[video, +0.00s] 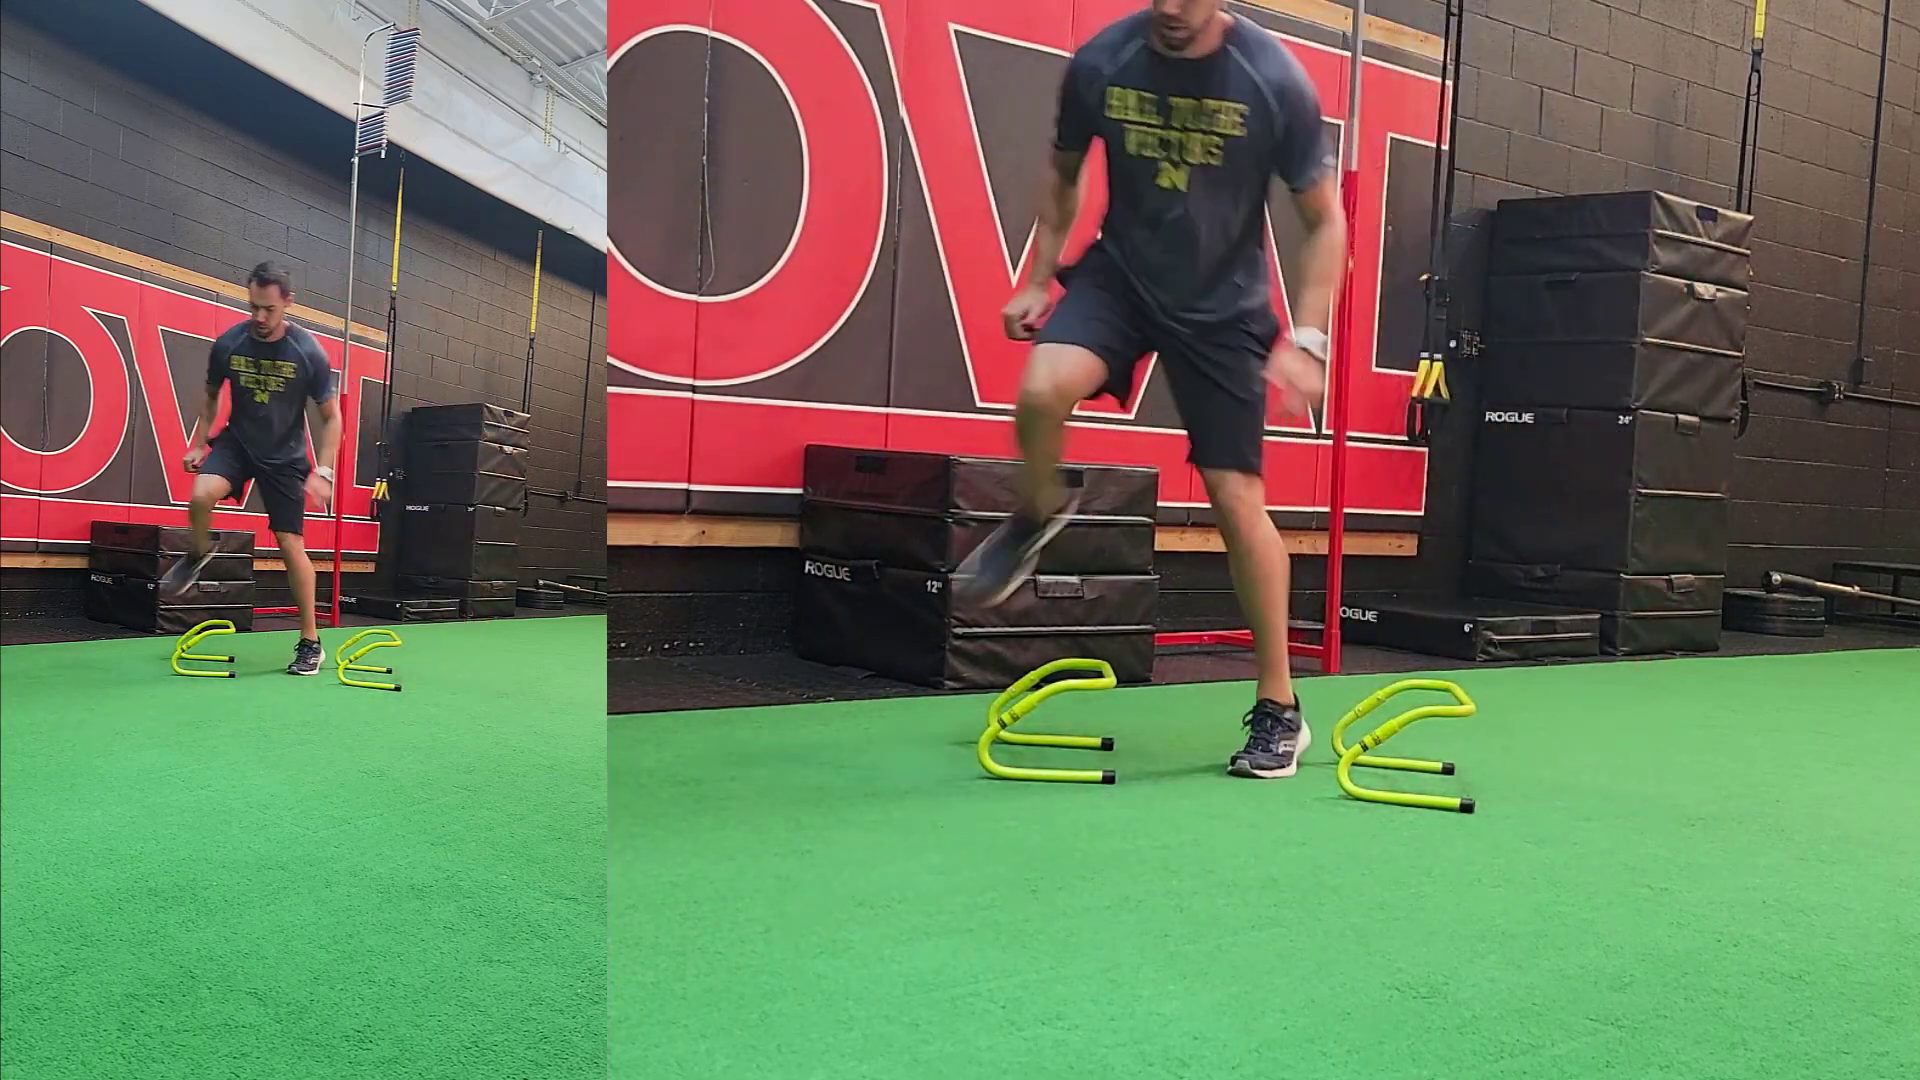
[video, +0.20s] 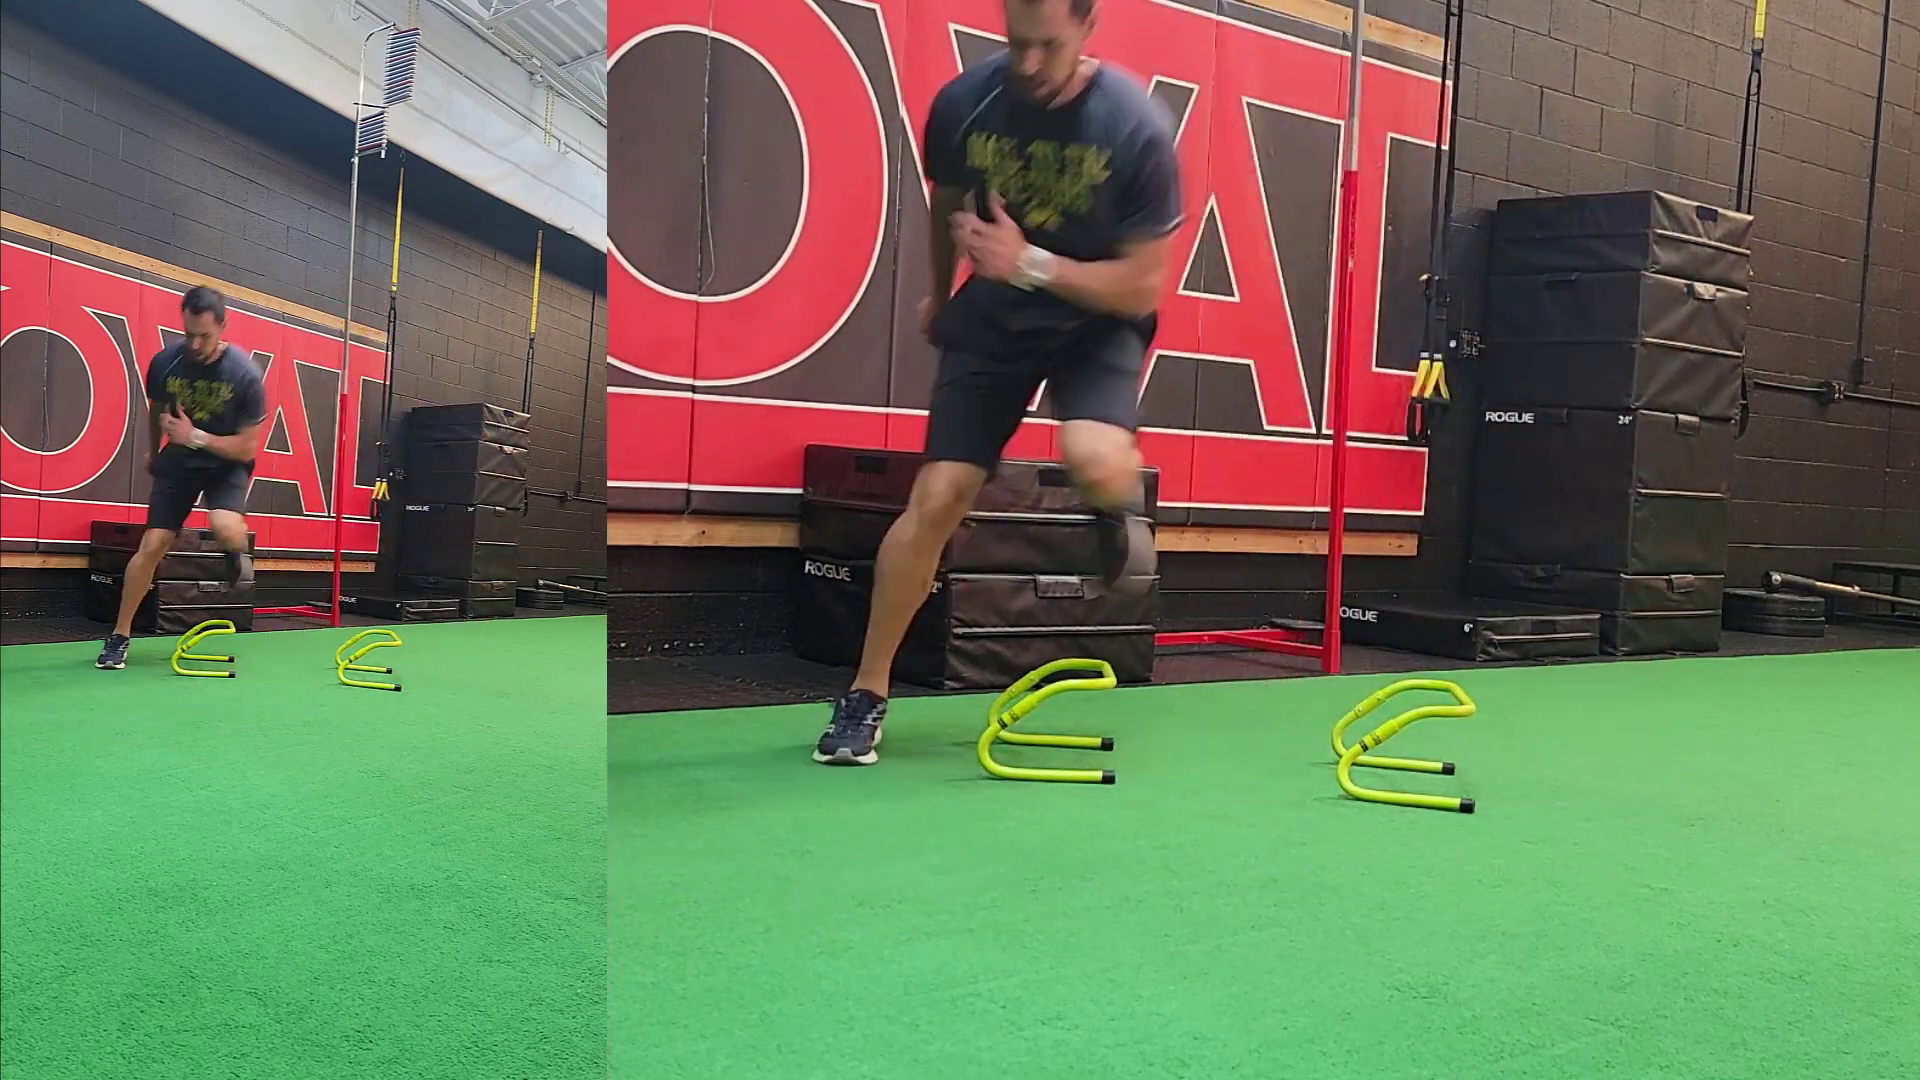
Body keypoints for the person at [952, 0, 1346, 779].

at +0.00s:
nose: (1172, 10)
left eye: (1191, 0)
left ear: (1227, 2)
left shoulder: (1276, 83)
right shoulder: (1098, 64)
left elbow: (1324, 219)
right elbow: (1064, 175)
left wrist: (1307, 339)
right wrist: (1038, 278)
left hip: (1224, 304)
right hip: (1119, 279)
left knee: (1234, 495)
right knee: (1040, 392)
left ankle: (1278, 705)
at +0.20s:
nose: (1030, 63)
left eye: (1048, 46)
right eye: (1018, 43)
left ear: (1087, 29)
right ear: (1002, 29)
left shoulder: (1136, 129)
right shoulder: (961, 107)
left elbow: (1145, 287)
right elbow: (948, 208)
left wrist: (1030, 264)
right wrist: (939, 295)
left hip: (1101, 320)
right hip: (993, 313)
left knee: (1094, 460)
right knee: (939, 494)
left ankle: (1120, 512)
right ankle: (866, 693)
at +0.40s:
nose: (936, 131)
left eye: (954, 114)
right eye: (921, 112)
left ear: (995, 87)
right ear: (904, 90)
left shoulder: (1053, 187)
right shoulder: (891, 146)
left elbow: (1000, 342)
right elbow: (897, 234)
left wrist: (911, 244)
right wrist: (891, 297)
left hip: (1036, 360)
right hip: (932, 347)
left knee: (982, 493)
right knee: (892, 502)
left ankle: (945, 545)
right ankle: (860, 695)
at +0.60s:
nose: (918, 129)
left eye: (937, 110)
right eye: (903, 108)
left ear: (977, 85)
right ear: (884, 86)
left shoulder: (1037, 183)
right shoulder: (866, 155)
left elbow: (1013, 345)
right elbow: (873, 248)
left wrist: (916, 257)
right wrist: (876, 313)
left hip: (1018, 366)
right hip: (918, 349)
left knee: (945, 487)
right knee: (879, 499)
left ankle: (917, 567)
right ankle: (858, 694)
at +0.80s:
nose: (975, 92)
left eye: (991, 70)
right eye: (956, 74)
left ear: (1018, 52)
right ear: (931, 60)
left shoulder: (1074, 152)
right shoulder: (898, 151)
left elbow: (1144, 284)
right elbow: (874, 287)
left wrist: (1175, 408)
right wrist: (855, 405)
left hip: (1050, 348)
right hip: (943, 350)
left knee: (998, 480)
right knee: (891, 502)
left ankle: (1083, 522)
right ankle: (861, 696)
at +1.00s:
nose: (1117, 14)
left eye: (1131, 2)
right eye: (1102, 2)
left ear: (1149, 1)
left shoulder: (1201, 76)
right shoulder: (1017, 65)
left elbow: (1253, 189)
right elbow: (988, 174)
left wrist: (1264, 309)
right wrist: (990, 257)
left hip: (1156, 298)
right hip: (1048, 296)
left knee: (1160, 485)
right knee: (985, 462)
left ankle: (1201, 668)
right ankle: (905, 643)